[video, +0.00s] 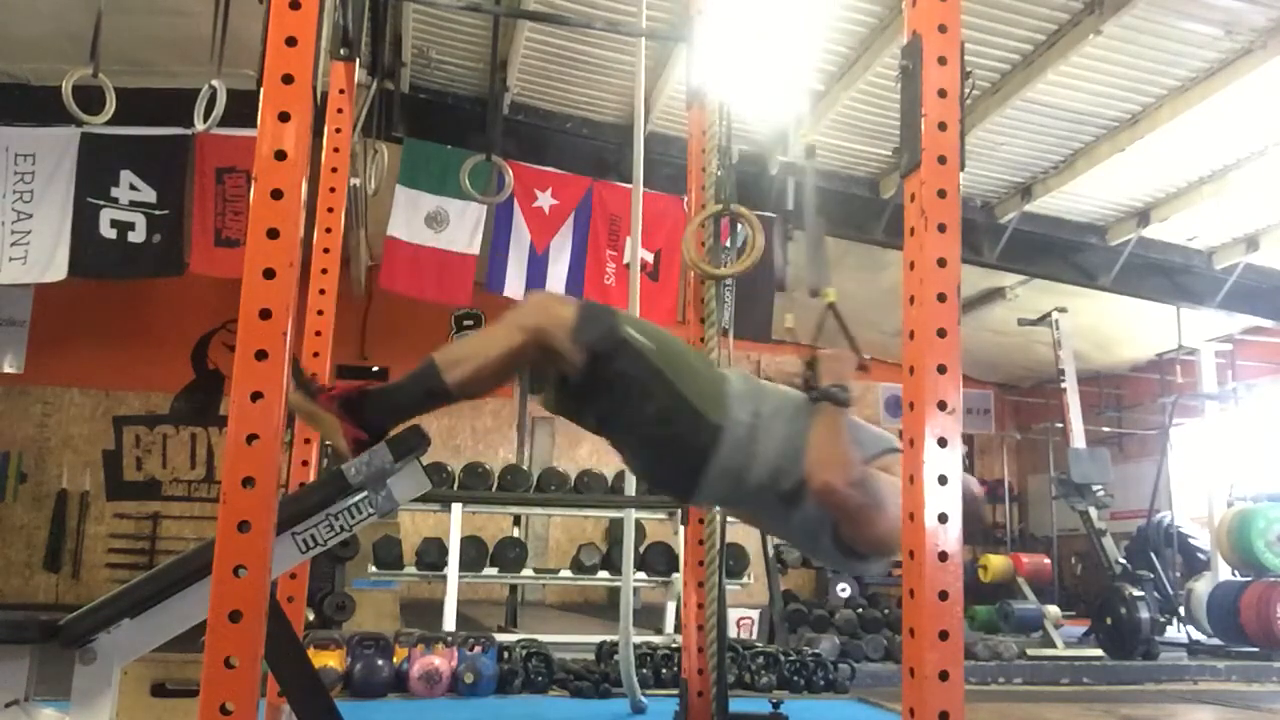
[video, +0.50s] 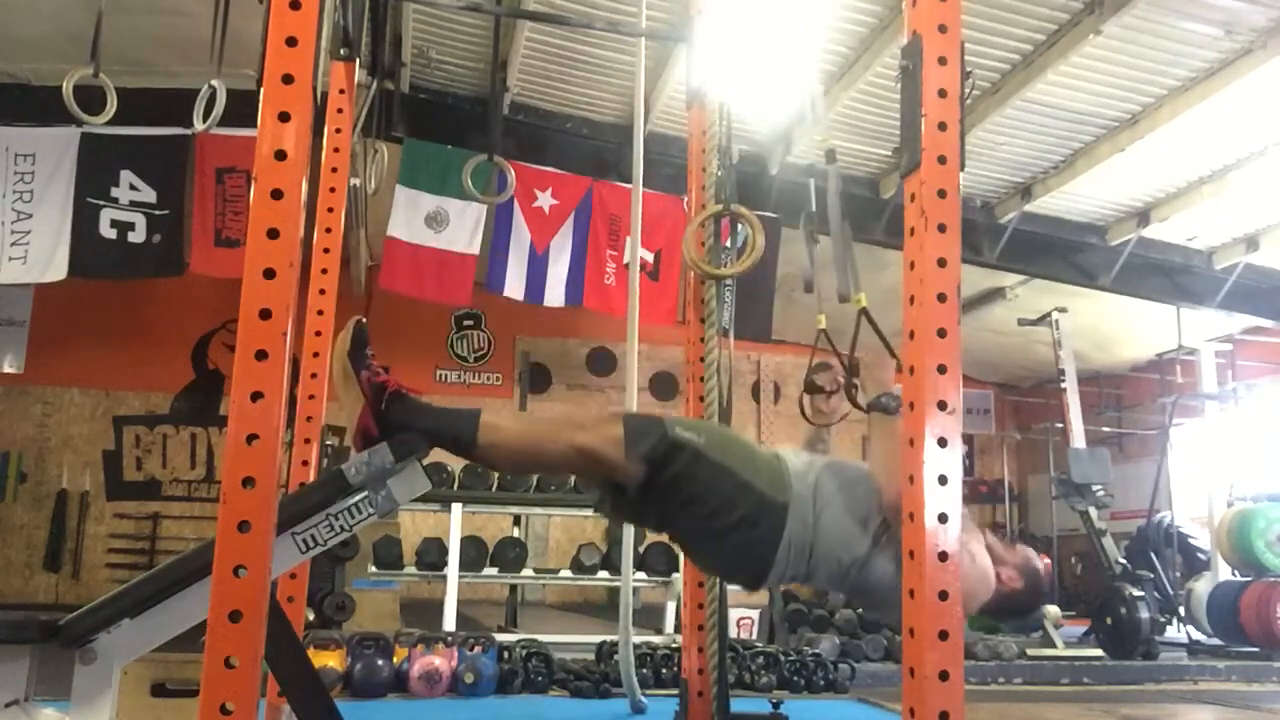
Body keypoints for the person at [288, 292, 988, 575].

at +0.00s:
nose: (927, 486)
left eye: (933, 502)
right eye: (939, 493)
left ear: (926, 534)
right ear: (934, 511)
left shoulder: (887, 535)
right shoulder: (879, 482)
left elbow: (831, 478)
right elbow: (847, 435)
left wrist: (833, 392)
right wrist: (851, 386)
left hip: (703, 434)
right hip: (702, 400)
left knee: (546, 315)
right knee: (537, 320)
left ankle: (368, 410)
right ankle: (378, 405)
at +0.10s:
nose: (961, 496)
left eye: (969, 510)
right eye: (970, 495)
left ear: (949, 540)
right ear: (952, 491)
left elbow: (859, 489)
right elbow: (856, 441)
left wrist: (873, 408)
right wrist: (864, 394)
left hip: (732, 437)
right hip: (720, 435)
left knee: (574, 333)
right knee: (554, 370)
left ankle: (383, 408)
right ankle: (390, 414)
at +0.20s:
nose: (993, 497)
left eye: (1004, 509)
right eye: (1002, 495)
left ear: (996, 540)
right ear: (988, 499)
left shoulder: (943, 550)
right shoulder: (938, 504)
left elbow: (882, 487)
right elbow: (879, 466)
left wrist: (877, 403)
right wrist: (900, 418)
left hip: (761, 467)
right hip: (759, 437)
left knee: (594, 365)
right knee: (583, 366)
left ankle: (403, 413)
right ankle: (407, 410)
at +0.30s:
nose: (997, 502)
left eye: (1009, 517)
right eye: (1006, 499)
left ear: (999, 554)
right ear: (989, 498)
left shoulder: (952, 556)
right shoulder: (943, 497)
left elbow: (900, 496)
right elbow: (876, 448)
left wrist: (934, 433)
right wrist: (905, 411)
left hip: (772, 485)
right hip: (767, 446)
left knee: (598, 396)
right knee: (596, 383)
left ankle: (404, 415)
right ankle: (414, 416)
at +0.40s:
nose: (1010, 521)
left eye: (1019, 535)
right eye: (1018, 521)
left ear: (1012, 566)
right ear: (1003, 519)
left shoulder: (974, 555)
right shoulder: (953, 522)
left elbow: (899, 495)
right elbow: (879, 472)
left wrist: (914, 424)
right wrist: (872, 403)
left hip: (780, 494)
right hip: (771, 479)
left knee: (606, 417)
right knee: (599, 417)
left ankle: (404, 415)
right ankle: (412, 420)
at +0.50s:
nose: (1012, 550)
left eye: (1021, 567)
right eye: (1021, 549)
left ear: (1009, 594)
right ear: (1004, 538)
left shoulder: (968, 577)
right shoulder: (948, 549)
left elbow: (900, 505)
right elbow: (861, 490)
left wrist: (903, 422)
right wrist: (844, 422)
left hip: (778, 517)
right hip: (771, 496)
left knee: (613, 434)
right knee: (602, 431)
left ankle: (408, 418)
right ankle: (416, 424)